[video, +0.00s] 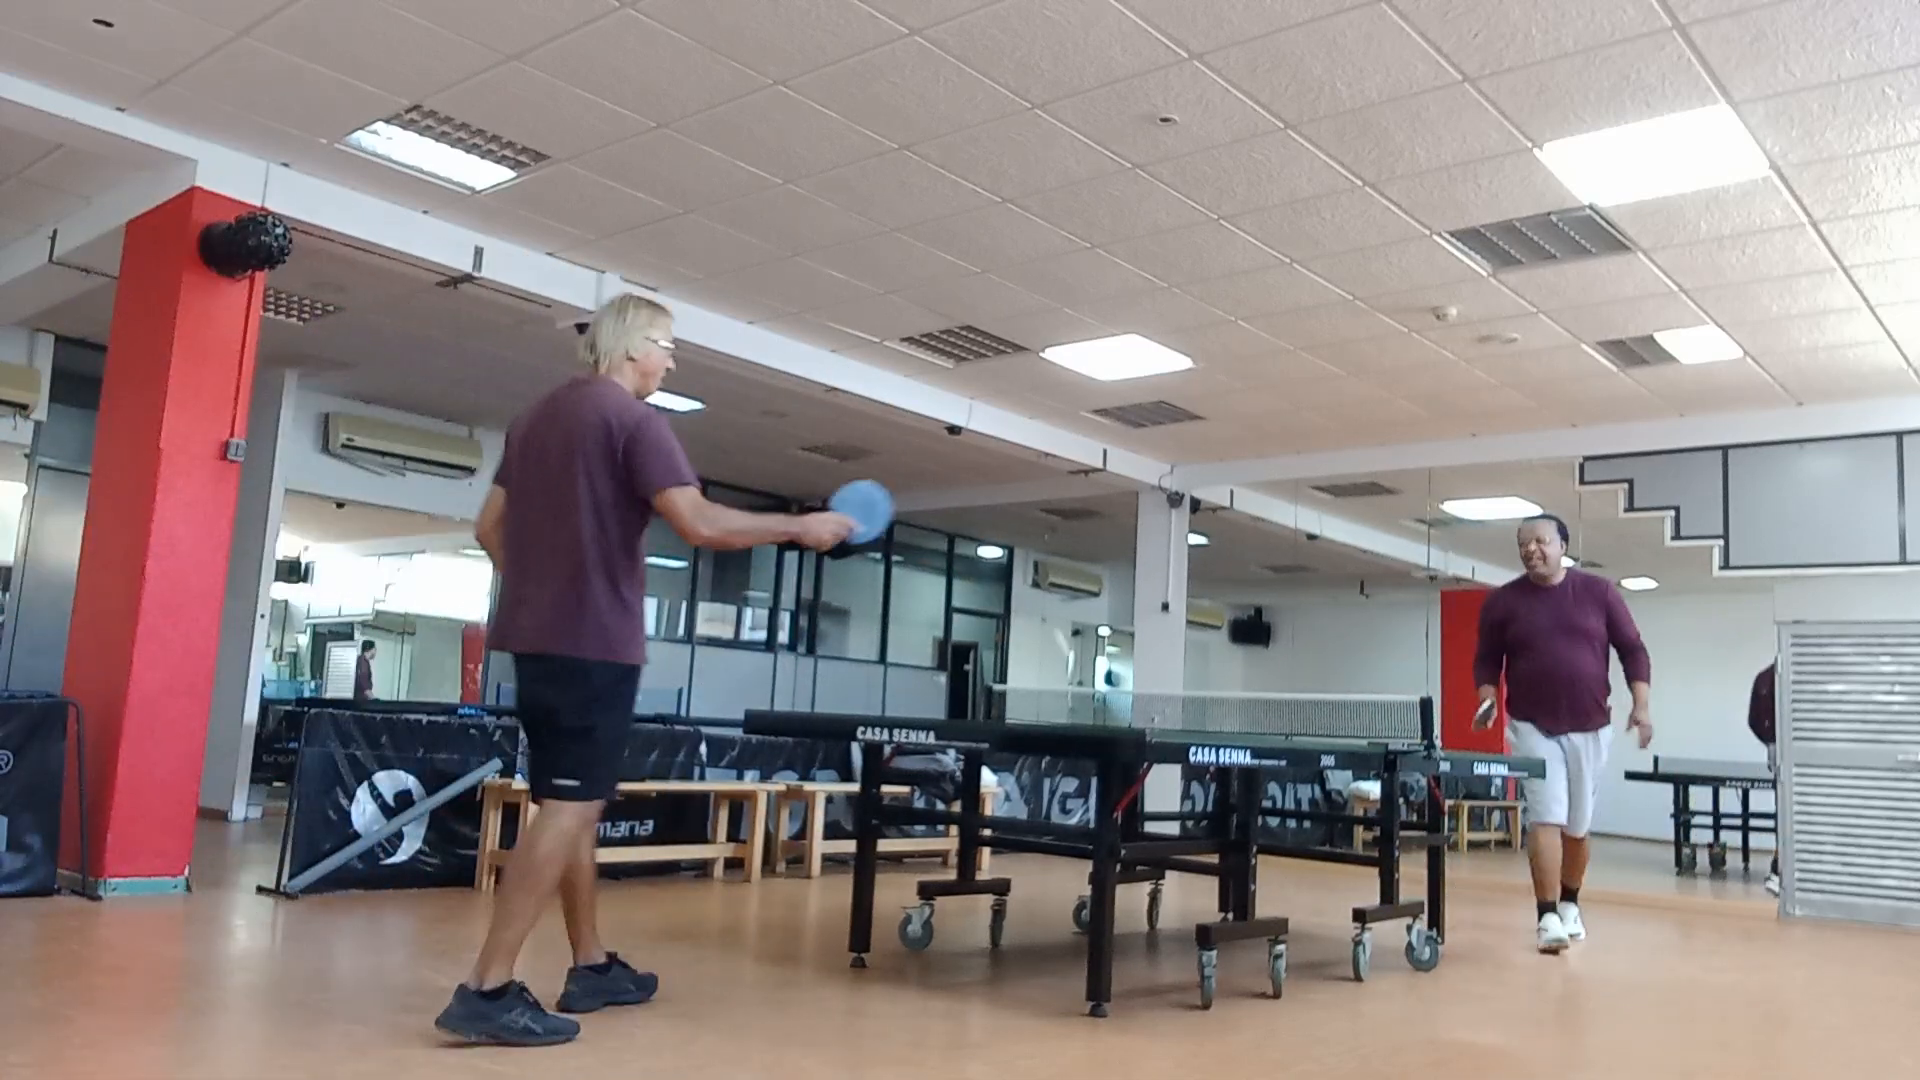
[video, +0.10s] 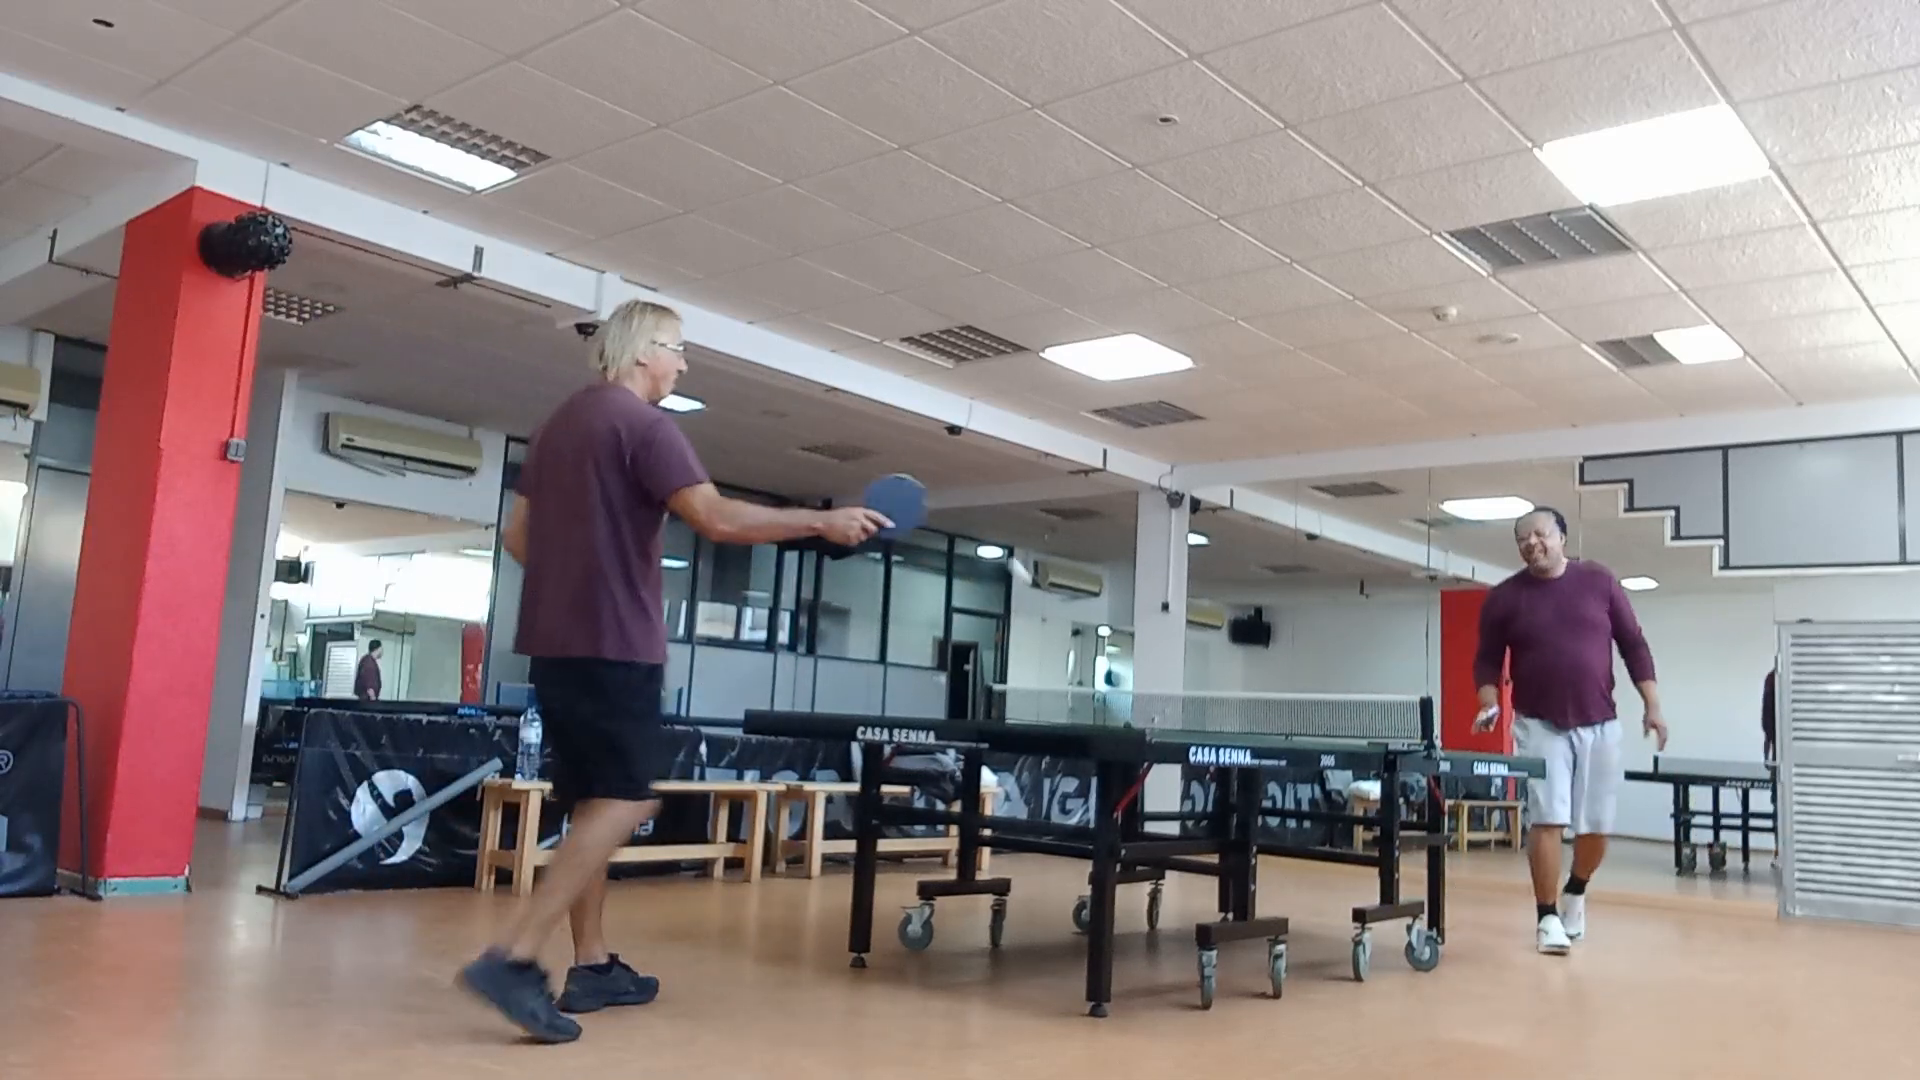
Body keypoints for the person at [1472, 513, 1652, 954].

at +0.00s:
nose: (1532, 549)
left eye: (1541, 541)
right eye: (1525, 544)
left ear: (1563, 546)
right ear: (1519, 552)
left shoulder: (1598, 592)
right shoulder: (1502, 601)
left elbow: (1632, 649)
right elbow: (1486, 659)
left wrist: (1641, 704)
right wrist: (1487, 696)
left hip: (1588, 726)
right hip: (1531, 726)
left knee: (1577, 826)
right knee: (1545, 819)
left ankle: (1569, 906)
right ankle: (1547, 917)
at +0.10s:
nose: (1533, 543)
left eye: (1541, 534)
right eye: (1525, 539)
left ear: (1562, 537)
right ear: (1519, 548)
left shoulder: (1599, 581)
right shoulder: (1504, 598)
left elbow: (1633, 643)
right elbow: (1487, 658)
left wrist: (1652, 706)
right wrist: (1488, 699)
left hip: (1598, 723)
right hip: (1538, 725)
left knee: (1596, 825)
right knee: (1548, 820)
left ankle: (1575, 894)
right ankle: (1548, 917)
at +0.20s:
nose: (1538, 535)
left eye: (1546, 525)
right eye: (1529, 531)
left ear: (1566, 528)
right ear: (1523, 540)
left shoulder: (1607, 576)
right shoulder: (1506, 592)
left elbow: (1637, 638)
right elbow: (1492, 657)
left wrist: (1661, 702)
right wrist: (1491, 703)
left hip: (1606, 721)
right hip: (1541, 725)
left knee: (1618, 821)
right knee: (1549, 821)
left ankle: (1591, 889)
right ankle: (1549, 918)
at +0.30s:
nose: (1550, 527)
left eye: (1557, 518)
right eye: (1540, 522)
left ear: (1576, 522)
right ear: (1531, 533)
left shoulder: (1614, 573)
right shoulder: (1511, 587)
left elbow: (1642, 638)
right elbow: (1499, 654)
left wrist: (1667, 700)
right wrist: (1495, 707)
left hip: (1613, 718)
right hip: (1546, 723)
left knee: (1632, 814)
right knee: (1547, 822)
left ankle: (1621, 916)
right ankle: (1550, 921)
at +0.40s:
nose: (1563, 527)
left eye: (1571, 517)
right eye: (1553, 522)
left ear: (1589, 522)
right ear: (1542, 532)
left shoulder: (1624, 575)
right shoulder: (1520, 585)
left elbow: (1650, 642)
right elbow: (1506, 653)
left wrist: (1672, 703)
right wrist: (1500, 712)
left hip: (1622, 721)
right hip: (1553, 726)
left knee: (1639, 821)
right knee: (1551, 823)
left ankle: (1656, 932)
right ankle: (1549, 921)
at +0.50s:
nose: (1580, 527)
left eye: (1589, 518)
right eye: (1570, 521)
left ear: (1606, 523)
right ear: (1559, 530)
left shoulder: (1639, 577)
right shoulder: (1533, 583)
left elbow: (1662, 645)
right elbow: (1513, 653)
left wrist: (1682, 707)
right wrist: (1505, 718)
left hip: (1632, 725)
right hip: (1561, 728)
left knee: (1646, 827)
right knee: (1558, 827)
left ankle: (1666, 936)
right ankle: (1550, 920)